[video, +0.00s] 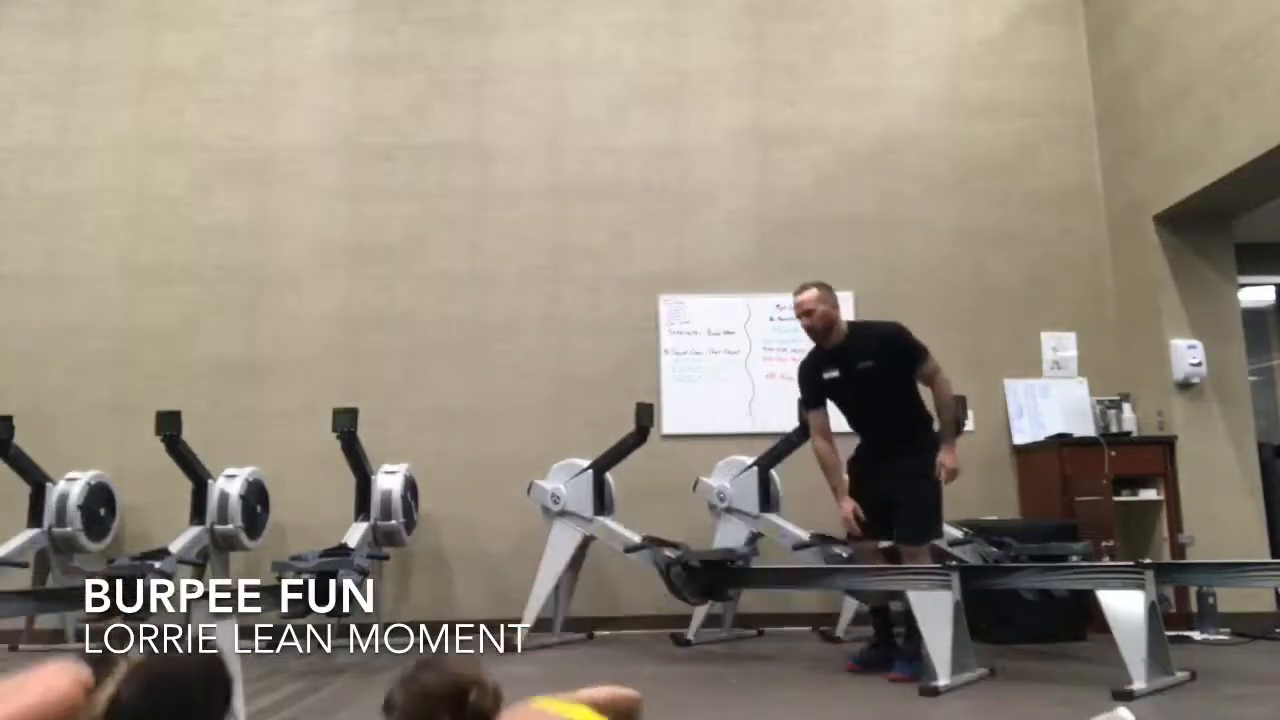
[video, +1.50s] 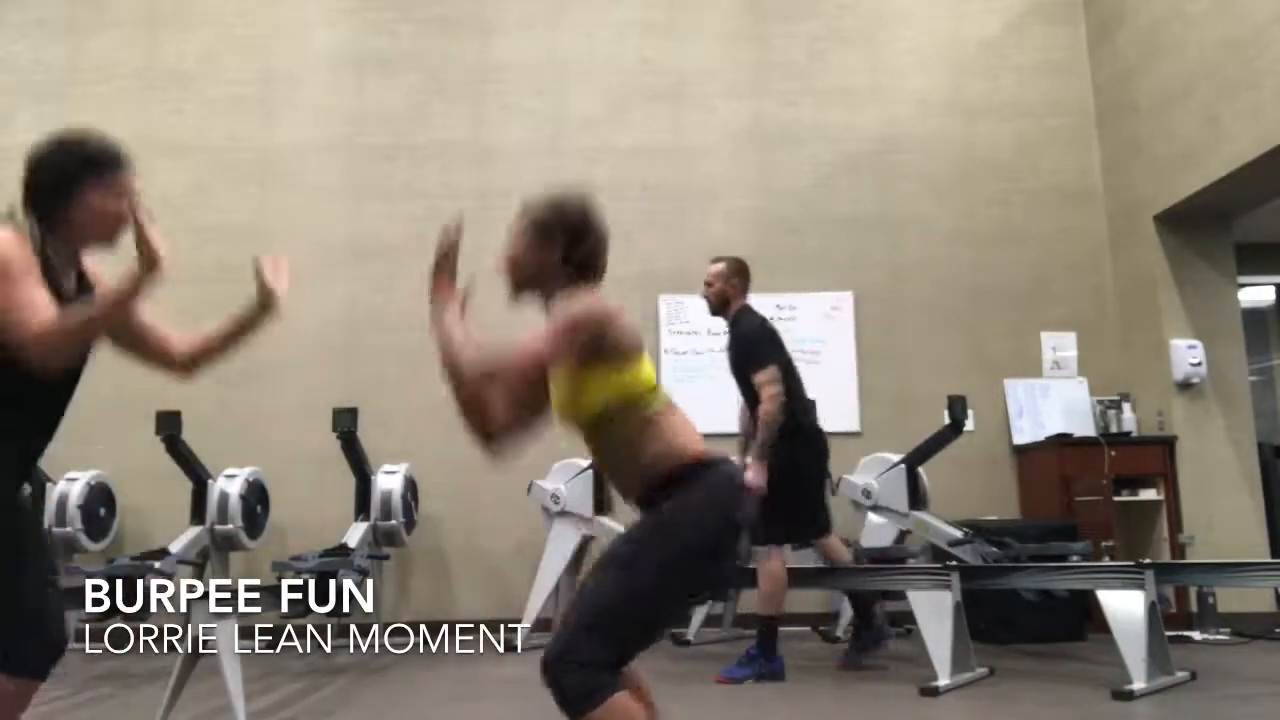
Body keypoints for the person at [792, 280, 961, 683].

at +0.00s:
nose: (806, 321)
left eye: (812, 311)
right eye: (800, 316)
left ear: (836, 308)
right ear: (799, 321)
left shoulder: (887, 337)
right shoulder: (811, 369)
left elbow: (938, 382)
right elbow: (821, 438)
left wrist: (949, 445)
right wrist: (841, 495)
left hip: (916, 447)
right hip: (870, 452)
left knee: (913, 548)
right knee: (863, 543)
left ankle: (917, 647)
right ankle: (883, 641)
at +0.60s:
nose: (779, 315)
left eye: (784, 307)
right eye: (776, 310)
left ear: (810, 303)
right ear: (787, 314)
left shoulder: (855, 332)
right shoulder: (802, 363)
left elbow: (898, 380)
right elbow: (814, 426)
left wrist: (896, 440)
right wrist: (824, 482)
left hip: (892, 437)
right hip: (864, 444)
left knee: (861, 519)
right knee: (859, 527)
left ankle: (917, 600)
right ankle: (885, 638)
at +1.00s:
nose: (788, 296)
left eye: (794, 289)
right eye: (788, 289)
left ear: (817, 292)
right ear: (808, 293)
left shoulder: (834, 328)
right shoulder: (820, 330)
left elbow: (854, 384)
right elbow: (835, 391)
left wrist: (836, 445)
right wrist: (827, 437)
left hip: (857, 445)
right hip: (848, 444)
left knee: (855, 541)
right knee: (853, 540)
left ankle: (886, 638)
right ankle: (884, 637)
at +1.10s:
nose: (782, 295)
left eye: (788, 288)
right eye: (783, 288)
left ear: (811, 291)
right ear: (808, 292)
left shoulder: (824, 327)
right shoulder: (820, 327)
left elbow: (839, 385)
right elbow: (832, 392)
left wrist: (815, 444)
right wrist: (810, 440)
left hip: (843, 450)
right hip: (848, 449)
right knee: (850, 547)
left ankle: (886, 638)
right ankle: (884, 638)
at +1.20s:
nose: (770, 297)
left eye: (775, 290)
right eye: (770, 290)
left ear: (798, 292)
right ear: (796, 293)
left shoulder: (811, 327)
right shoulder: (810, 327)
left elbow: (824, 387)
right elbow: (825, 393)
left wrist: (796, 445)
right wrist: (805, 444)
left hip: (833, 445)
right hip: (843, 443)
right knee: (849, 544)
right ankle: (884, 639)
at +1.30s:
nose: (750, 297)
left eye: (757, 290)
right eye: (751, 290)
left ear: (780, 294)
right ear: (777, 295)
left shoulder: (792, 331)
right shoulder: (791, 330)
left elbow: (808, 390)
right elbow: (810, 395)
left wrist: (783, 441)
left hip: (817, 449)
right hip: (833, 448)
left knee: (784, 544)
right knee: (847, 545)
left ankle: (769, 647)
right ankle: (884, 640)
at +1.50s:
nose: (704, 291)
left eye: (711, 284)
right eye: (705, 284)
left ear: (734, 288)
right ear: (728, 288)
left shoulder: (749, 329)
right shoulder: (740, 329)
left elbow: (774, 397)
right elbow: (751, 401)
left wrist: (758, 458)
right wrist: (743, 453)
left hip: (789, 444)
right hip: (796, 441)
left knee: (768, 545)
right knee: (820, 534)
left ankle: (765, 652)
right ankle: (869, 619)